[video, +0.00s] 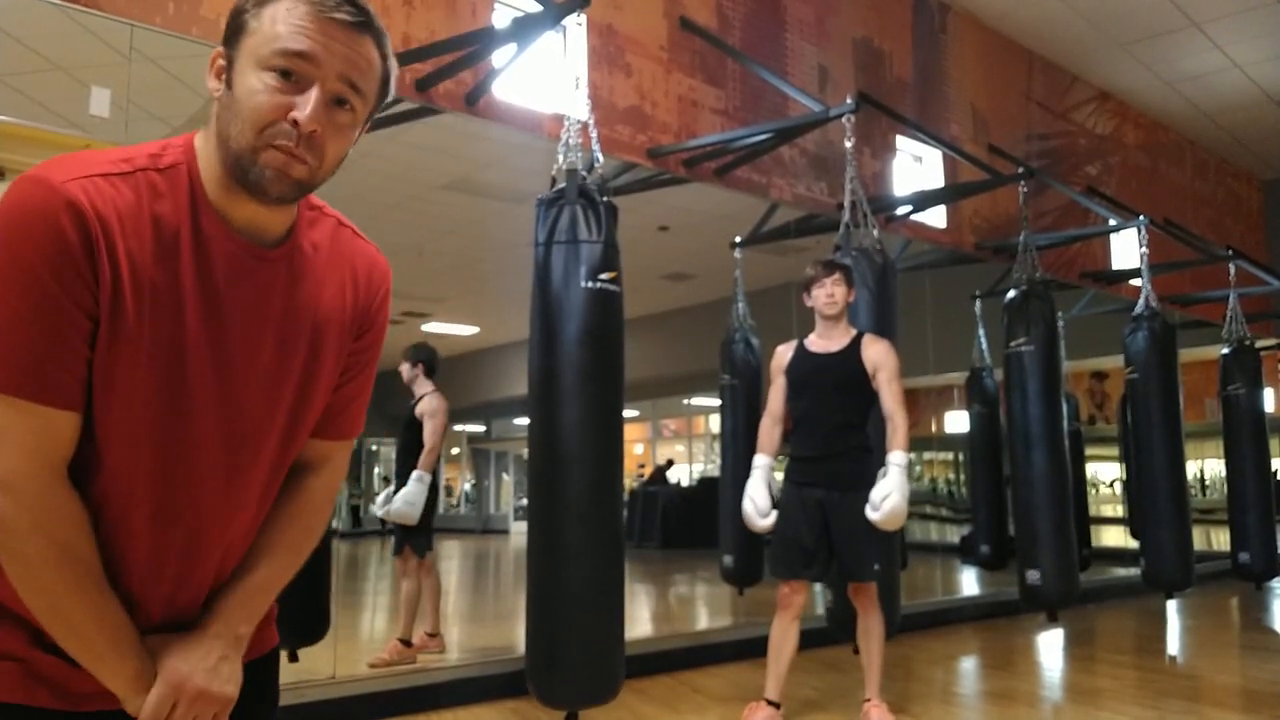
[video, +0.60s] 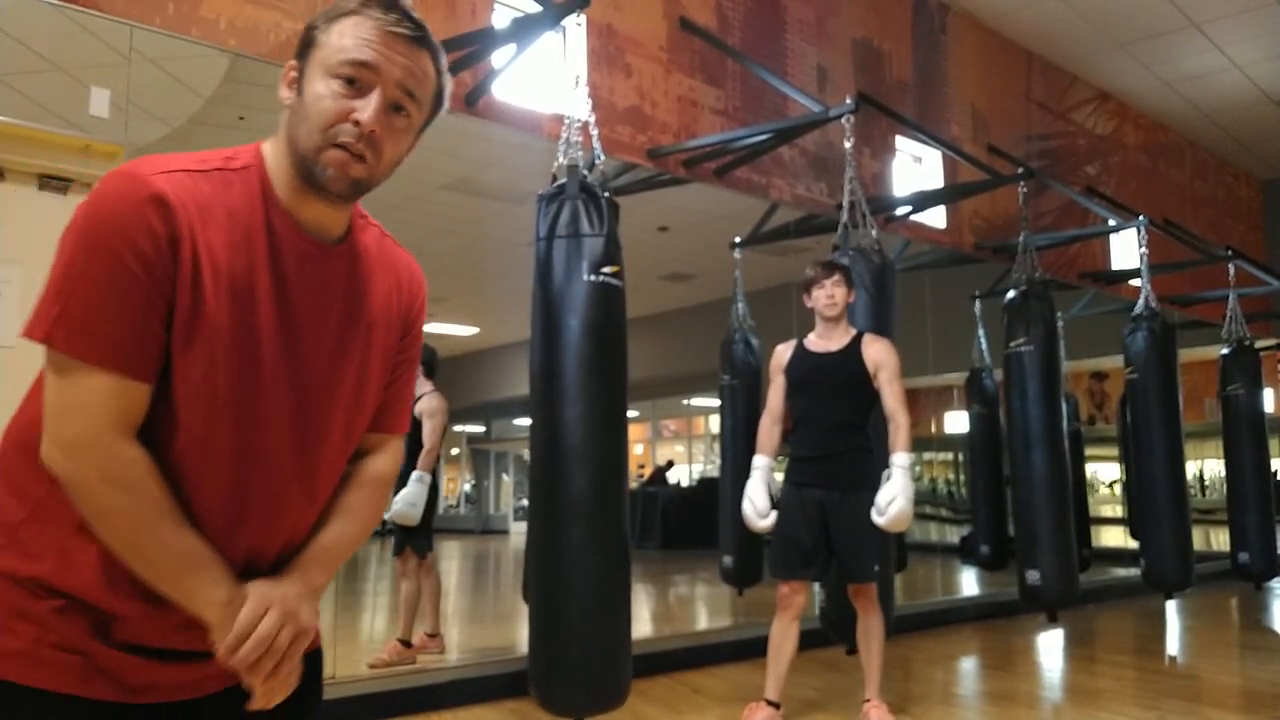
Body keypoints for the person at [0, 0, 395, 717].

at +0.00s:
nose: (308, 116)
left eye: (342, 102)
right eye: (286, 76)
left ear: (357, 135)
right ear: (220, 73)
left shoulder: (357, 276)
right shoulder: (62, 212)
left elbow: (321, 467)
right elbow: (22, 481)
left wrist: (224, 635)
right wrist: (143, 686)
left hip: (232, 676)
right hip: (45, 673)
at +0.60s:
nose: (369, 117)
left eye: (400, 108)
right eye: (352, 81)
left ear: (411, 144)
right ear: (292, 81)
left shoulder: (396, 283)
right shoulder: (150, 204)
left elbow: (380, 453)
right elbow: (85, 441)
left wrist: (305, 584)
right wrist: (231, 611)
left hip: (259, 661)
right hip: (69, 653)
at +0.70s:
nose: (384, 116)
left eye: (415, 105)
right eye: (367, 80)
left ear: (426, 139)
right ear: (308, 81)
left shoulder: (411, 283)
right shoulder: (171, 201)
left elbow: (397, 447)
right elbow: (100, 428)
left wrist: (321, 568)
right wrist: (253, 595)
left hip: (274, 660)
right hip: (84, 653)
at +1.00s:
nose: (394, 101)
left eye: (421, 92)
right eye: (375, 68)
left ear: (429, 125)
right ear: (317, 73)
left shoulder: (421, 273)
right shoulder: (194, 179)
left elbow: (417, 430)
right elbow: (141, 396)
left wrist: (349, 538)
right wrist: (280, 554)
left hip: (284, 654)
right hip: (101, 643)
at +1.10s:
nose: (384, 96)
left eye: (412, 88)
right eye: (366, 64)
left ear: (421, 123)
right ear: (308, 68)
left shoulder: (412, 269)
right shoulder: (188, 175)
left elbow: (414, 427)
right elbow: (138, 393)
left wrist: (347, 536)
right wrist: (277, 549)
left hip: (279, 656)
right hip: (98, 645)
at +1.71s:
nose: (249, 61)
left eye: (274, 53)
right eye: (227, 27)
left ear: (284, 82)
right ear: (158, 30)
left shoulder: (287, 225)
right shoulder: (29, 164)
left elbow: (323, 371)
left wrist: (314, 431)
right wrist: (115, 449)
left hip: (232, 654)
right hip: (51, 662)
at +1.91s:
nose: (206, 38)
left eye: (231, 25)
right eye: (179, 11)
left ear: (248, 55)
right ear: (115, 23)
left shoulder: (281, 209)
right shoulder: (20, 165)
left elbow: (317, 365)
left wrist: (271, 394)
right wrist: (170, 398)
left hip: (242, 636)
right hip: (53, 652)